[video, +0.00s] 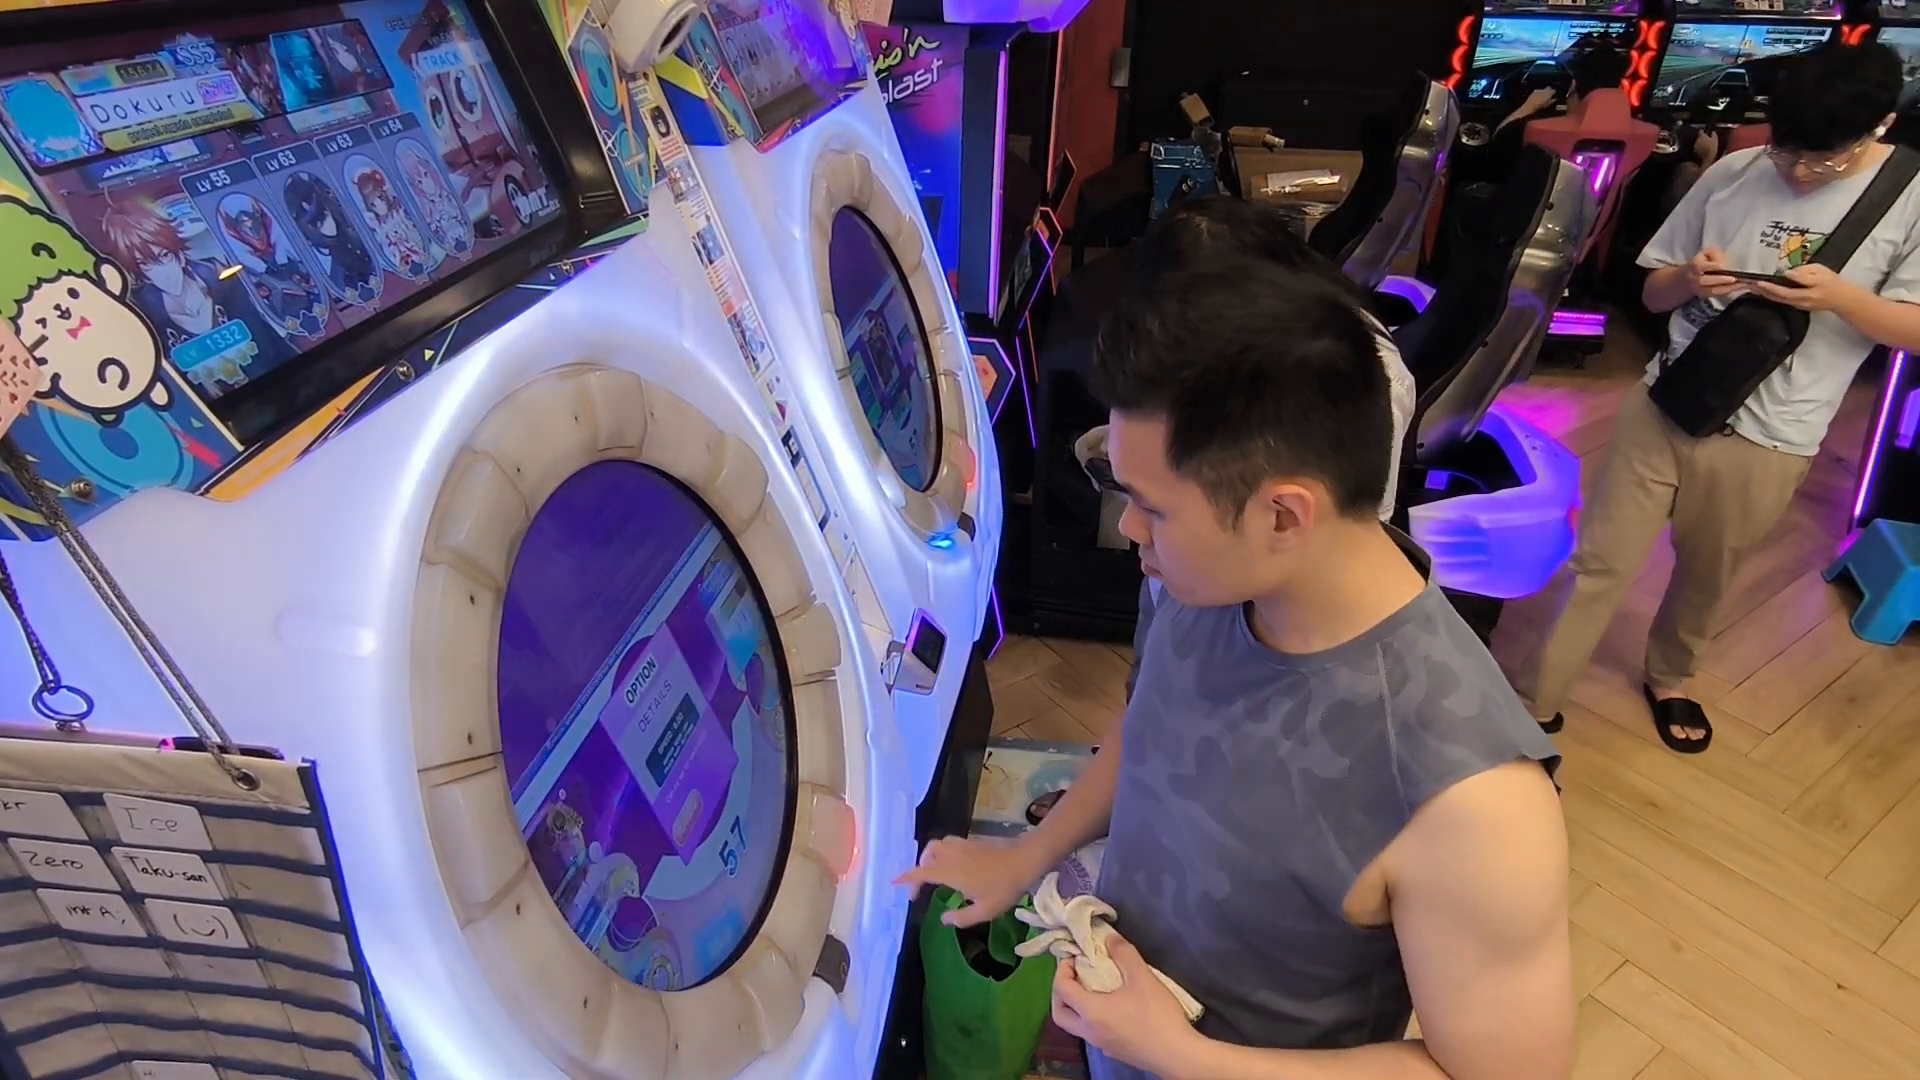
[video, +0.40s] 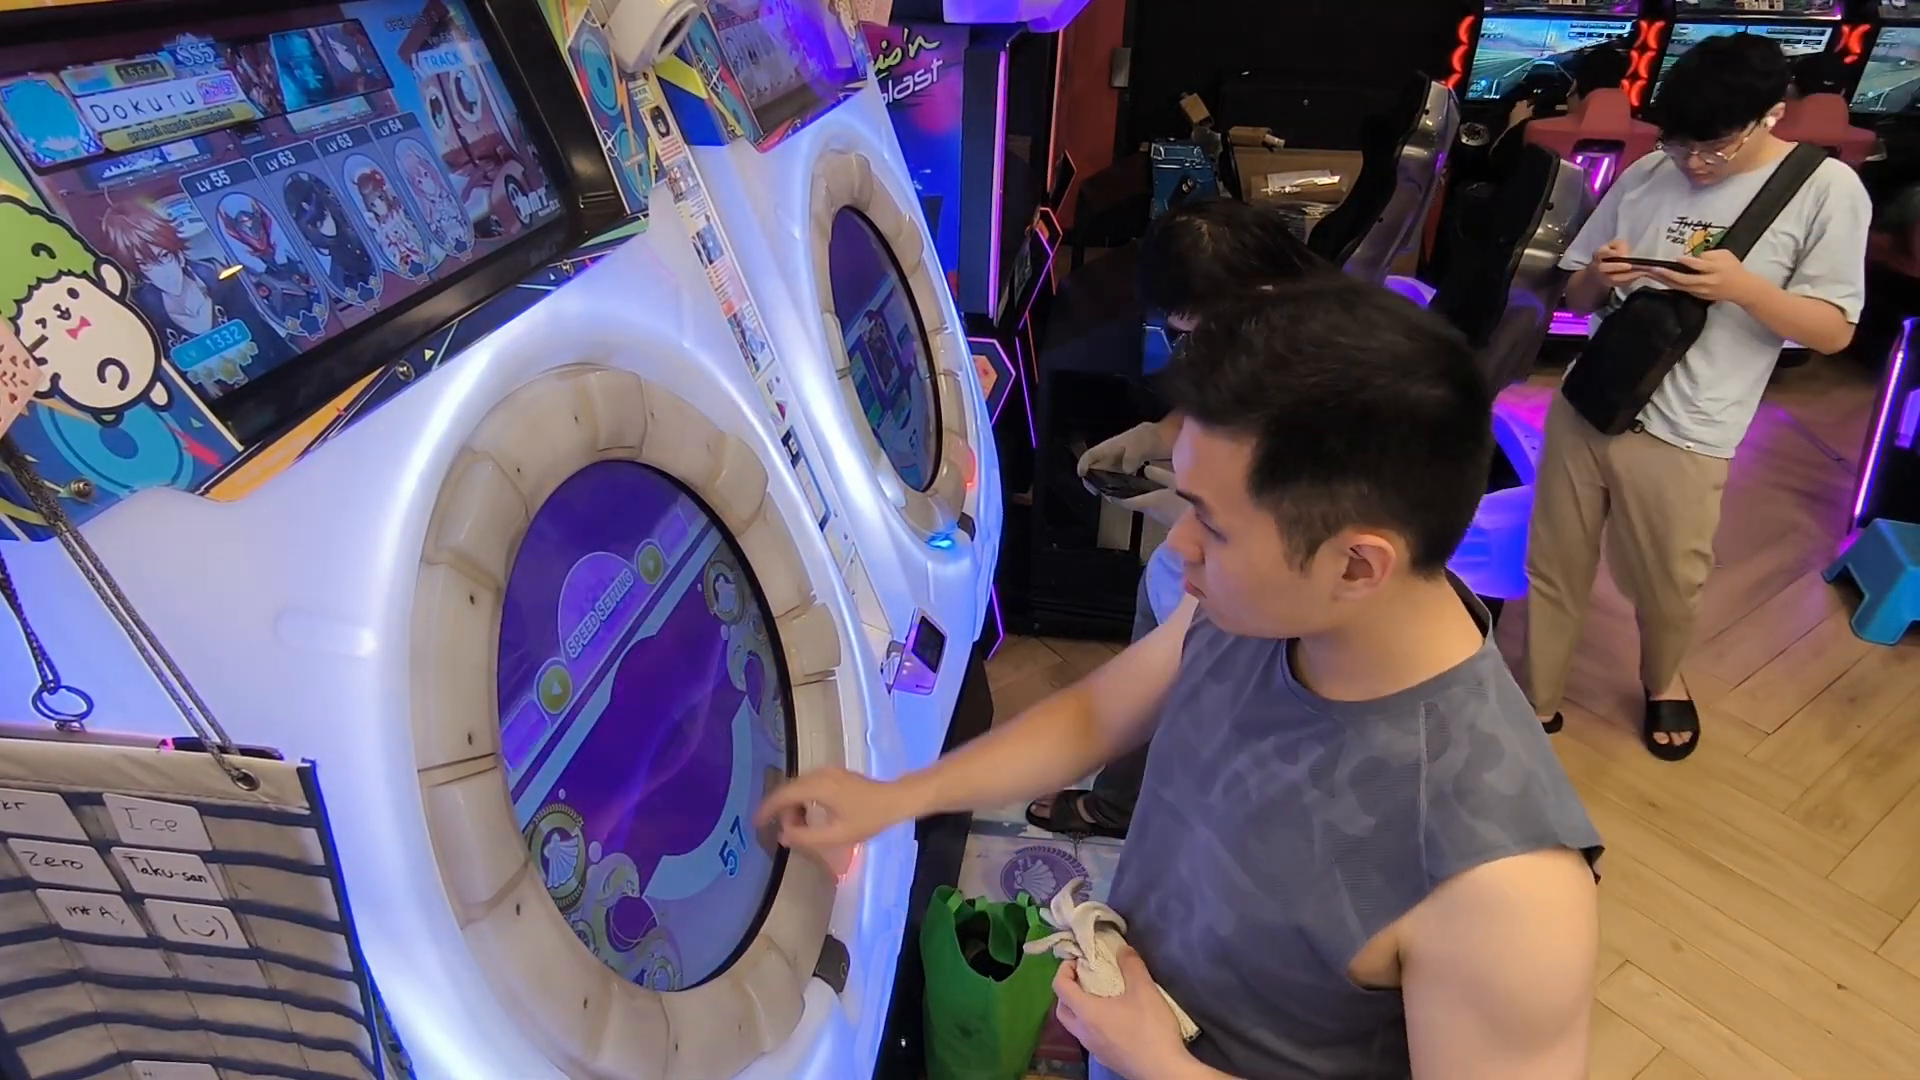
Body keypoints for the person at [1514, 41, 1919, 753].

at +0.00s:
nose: (1798, 168)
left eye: (1821, 157)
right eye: (1788, 146)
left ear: (1871, 135)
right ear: (1777, 120)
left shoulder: (1907, 198)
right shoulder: (1736, 172)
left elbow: (1915, 329)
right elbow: (1650, 293)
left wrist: (1841, 297)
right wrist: (1689, 277)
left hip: (1768, 440)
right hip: (1666, 403)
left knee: (1710, 573)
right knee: (1597, 560)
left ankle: (1669, 676)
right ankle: (1538, 708)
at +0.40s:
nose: (1691, 158)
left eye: (1711, 146)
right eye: (1680, 141)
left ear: (1766, 119)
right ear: (1669, 115)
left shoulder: (1829, 191)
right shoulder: (1652, 167)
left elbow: (1834, 330)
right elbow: (1572, 294)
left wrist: (1744, 289)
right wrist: (1597, 278)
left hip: (1686, 437)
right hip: (1589, 404)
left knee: (1669, 585)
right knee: (1554, 568)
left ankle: (1665, 688)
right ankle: (1538, 700)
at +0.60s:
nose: (1660, 160)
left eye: (1676, 147)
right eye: (1650, 143)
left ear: (1731, 122)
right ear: (1641, 121)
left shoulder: (1802, 192)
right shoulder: (1629, 168)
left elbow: (1806, 331)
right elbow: (1557, 282)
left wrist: (1706, 287)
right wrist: (1569, 274)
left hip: (1658, 442)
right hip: (1569, 410)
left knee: (1600, 600)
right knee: (1541, 576)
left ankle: (1585, 737)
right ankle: (1536, 713)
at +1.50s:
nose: (1593, 172)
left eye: (1607, 158)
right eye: (1587, 156)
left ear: (1671, 133)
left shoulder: (1747, 211)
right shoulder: (1606, 177)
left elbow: (1735, 363)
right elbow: (1556, 281)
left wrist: (1618, 298)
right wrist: (1524, 268)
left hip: (1604, 456)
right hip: (1531, 413)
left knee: (1555, 613)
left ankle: (1527, 717)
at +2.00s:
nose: (1507, 150)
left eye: (1519, 132)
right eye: (1500, 135)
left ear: (1579, 109)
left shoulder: (1648, 192)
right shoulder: (1510, 173)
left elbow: (1632, 337)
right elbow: (1468, 284)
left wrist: (1527, 269)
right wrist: (1437, 258)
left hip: (1525, 442)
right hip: (1446, 413)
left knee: (1504, 604)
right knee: (1416, 588)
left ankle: (1507, 739)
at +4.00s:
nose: (1443, 124)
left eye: (1463, 108)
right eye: (1438, 107)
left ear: (1523, 103)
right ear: (1430, 102)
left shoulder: (1592, 191)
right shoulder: (1449, 180)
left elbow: (1584, 339)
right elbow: (1415, 295)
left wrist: (1476, 272)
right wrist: (1382, 266)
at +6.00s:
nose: (1427, 152)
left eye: (1438, 135)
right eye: (1422, 136)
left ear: (1497, 112)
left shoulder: (1568, 190)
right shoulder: (1448, 171)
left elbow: (1555, 343)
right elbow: (1406, 285)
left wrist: (1443, 275)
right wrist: (1373, 260)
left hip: (1471, 445)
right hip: (1393, 416)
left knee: (1443, 601)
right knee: (1367, 592)